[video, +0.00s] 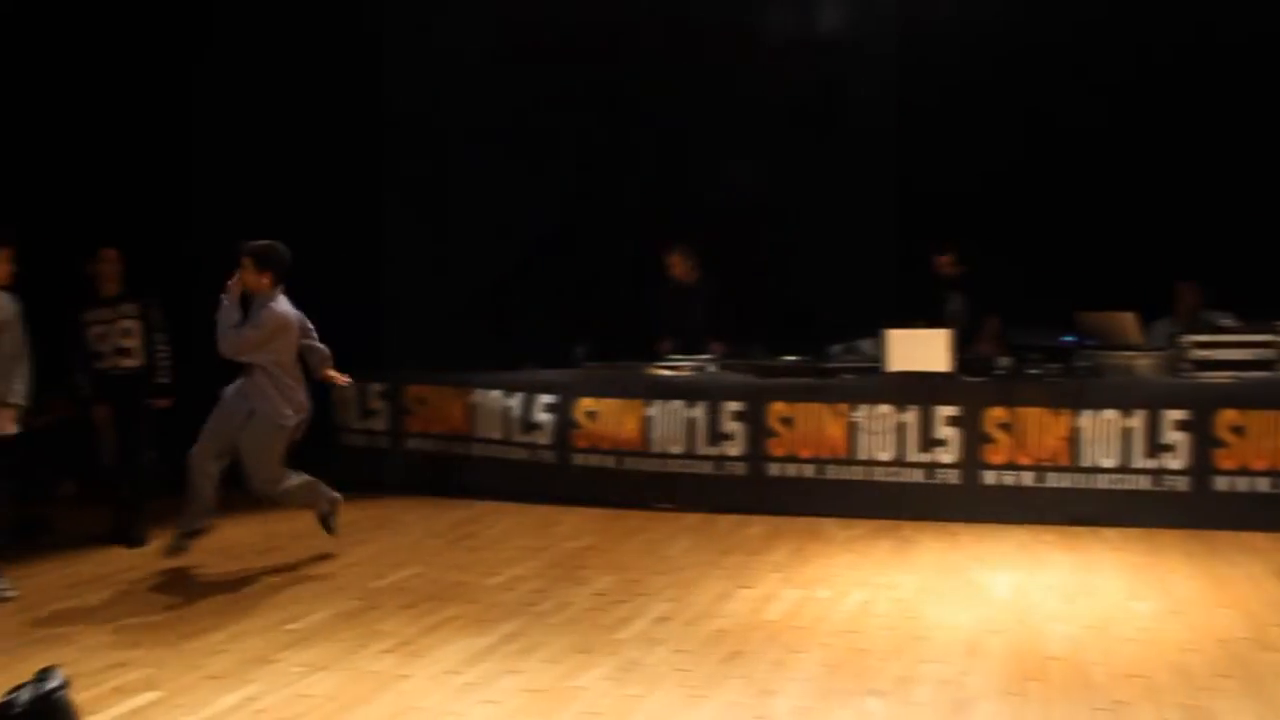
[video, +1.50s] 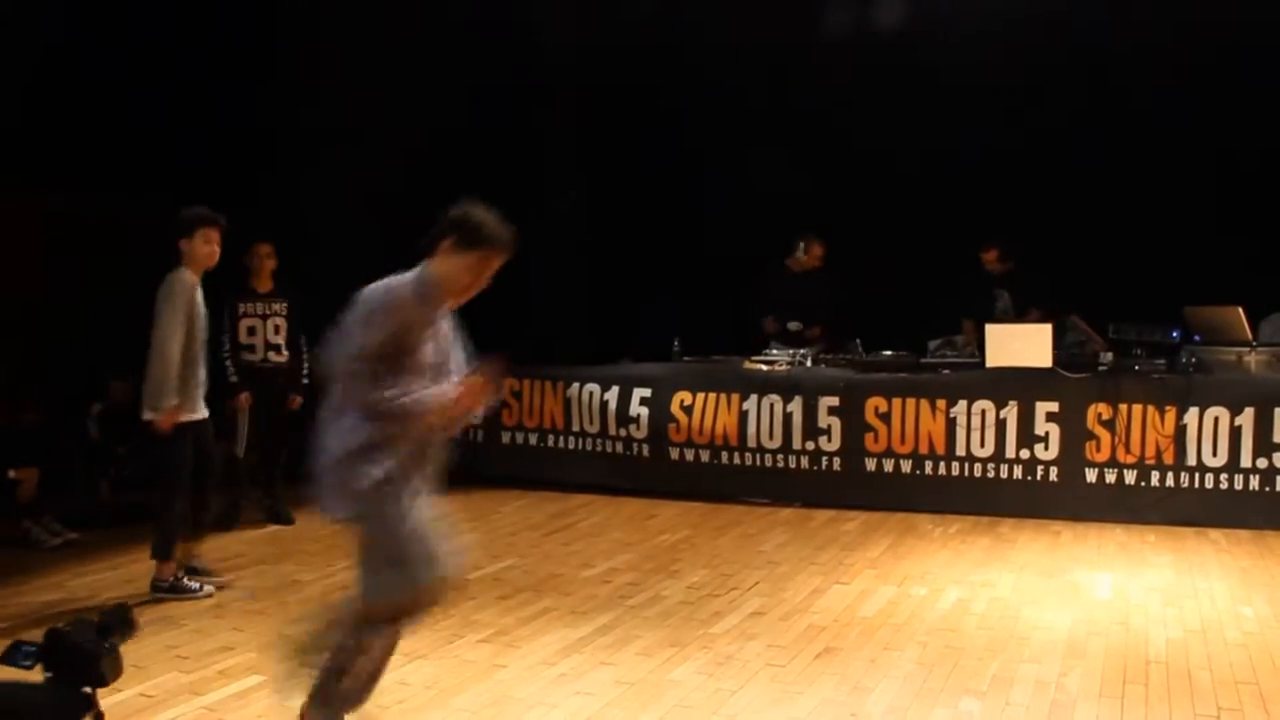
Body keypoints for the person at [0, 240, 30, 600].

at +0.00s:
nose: (8, 271)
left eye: (10, 263)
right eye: (5, 263)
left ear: (14, 268)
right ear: (1, 267)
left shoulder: (11, 306)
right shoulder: (11, 307)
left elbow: (18, 359)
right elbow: (18, 359)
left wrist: (12, 406)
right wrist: (12, 405)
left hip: (8, 420)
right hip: (9, 420)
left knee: (9, 495)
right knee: (10, 495)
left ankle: (5, 569)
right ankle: (5, 568)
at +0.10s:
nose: (42, 265)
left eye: (42, 257)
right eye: (35, 258)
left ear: (34, 263)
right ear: (14, 261)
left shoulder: (40, 304)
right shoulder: (7, 304)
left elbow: (53, 361)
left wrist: (56, 410)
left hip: (36, 430)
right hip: (7, 433)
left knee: (37, 505)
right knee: (11, 513)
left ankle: (34, 568)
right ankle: (7, 583)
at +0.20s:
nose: (77, 262)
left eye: (77, 254)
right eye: (70, 254)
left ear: (69, 259)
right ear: (49, 258)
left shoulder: (77, 301)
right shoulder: (17, 301)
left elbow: (88, 359)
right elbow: (6, 364)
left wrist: (94, 410)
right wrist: (10, 415)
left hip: (73, 424)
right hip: (33, 427)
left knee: (67, 500)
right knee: (37, 504)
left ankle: (60, 562)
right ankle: (40, 576)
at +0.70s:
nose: (119, 256)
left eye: (122, 249)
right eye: (110, 248)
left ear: (123, 254)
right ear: (90, 252)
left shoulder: (124, 300)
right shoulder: (66, 297)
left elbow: (130, 358)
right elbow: (45, 359)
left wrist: (131, 406)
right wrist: (51, 415)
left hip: (116, 422)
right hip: (76, 425)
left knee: (110, 502)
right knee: (77, 505)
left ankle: (104, 572)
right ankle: (76, 577)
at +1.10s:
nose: (157, 253)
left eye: (163, 246)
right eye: (149, 245)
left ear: (168, 252)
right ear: (132, 248)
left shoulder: (164, 296)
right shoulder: (113, 290)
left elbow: (166, 356)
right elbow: (94, 348)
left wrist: (165, 403)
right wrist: (94, 405)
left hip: (150, 413)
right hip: (117, 415)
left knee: (136, 493)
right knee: (125, 493)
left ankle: (119, 566)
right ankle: (116, 567)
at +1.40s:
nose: (207, 268)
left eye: (210, 259)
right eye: (201, 258)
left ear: (208, 262)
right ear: (181, 258)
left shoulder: (186, 304)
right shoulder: (160, 300)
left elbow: (179, 372)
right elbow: (144, 360)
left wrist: (193, 422)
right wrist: (143, 418)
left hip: (184, 422)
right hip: (164, 425)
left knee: (187, 490)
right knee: (174, 495)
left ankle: (149, 543)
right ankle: (167, 572)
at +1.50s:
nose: (214, 250)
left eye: (217, 242)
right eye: (207, 241)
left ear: (215, 246)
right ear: (186, 244)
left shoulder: (195, 287)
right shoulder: (179, 285)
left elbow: (188, 348)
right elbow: (167, 345)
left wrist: (192, 401)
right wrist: (166, 403)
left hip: (194, 413)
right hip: (176, 416)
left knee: (195, 487)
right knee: (174, 492)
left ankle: (181, 558)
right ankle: (165, 571)